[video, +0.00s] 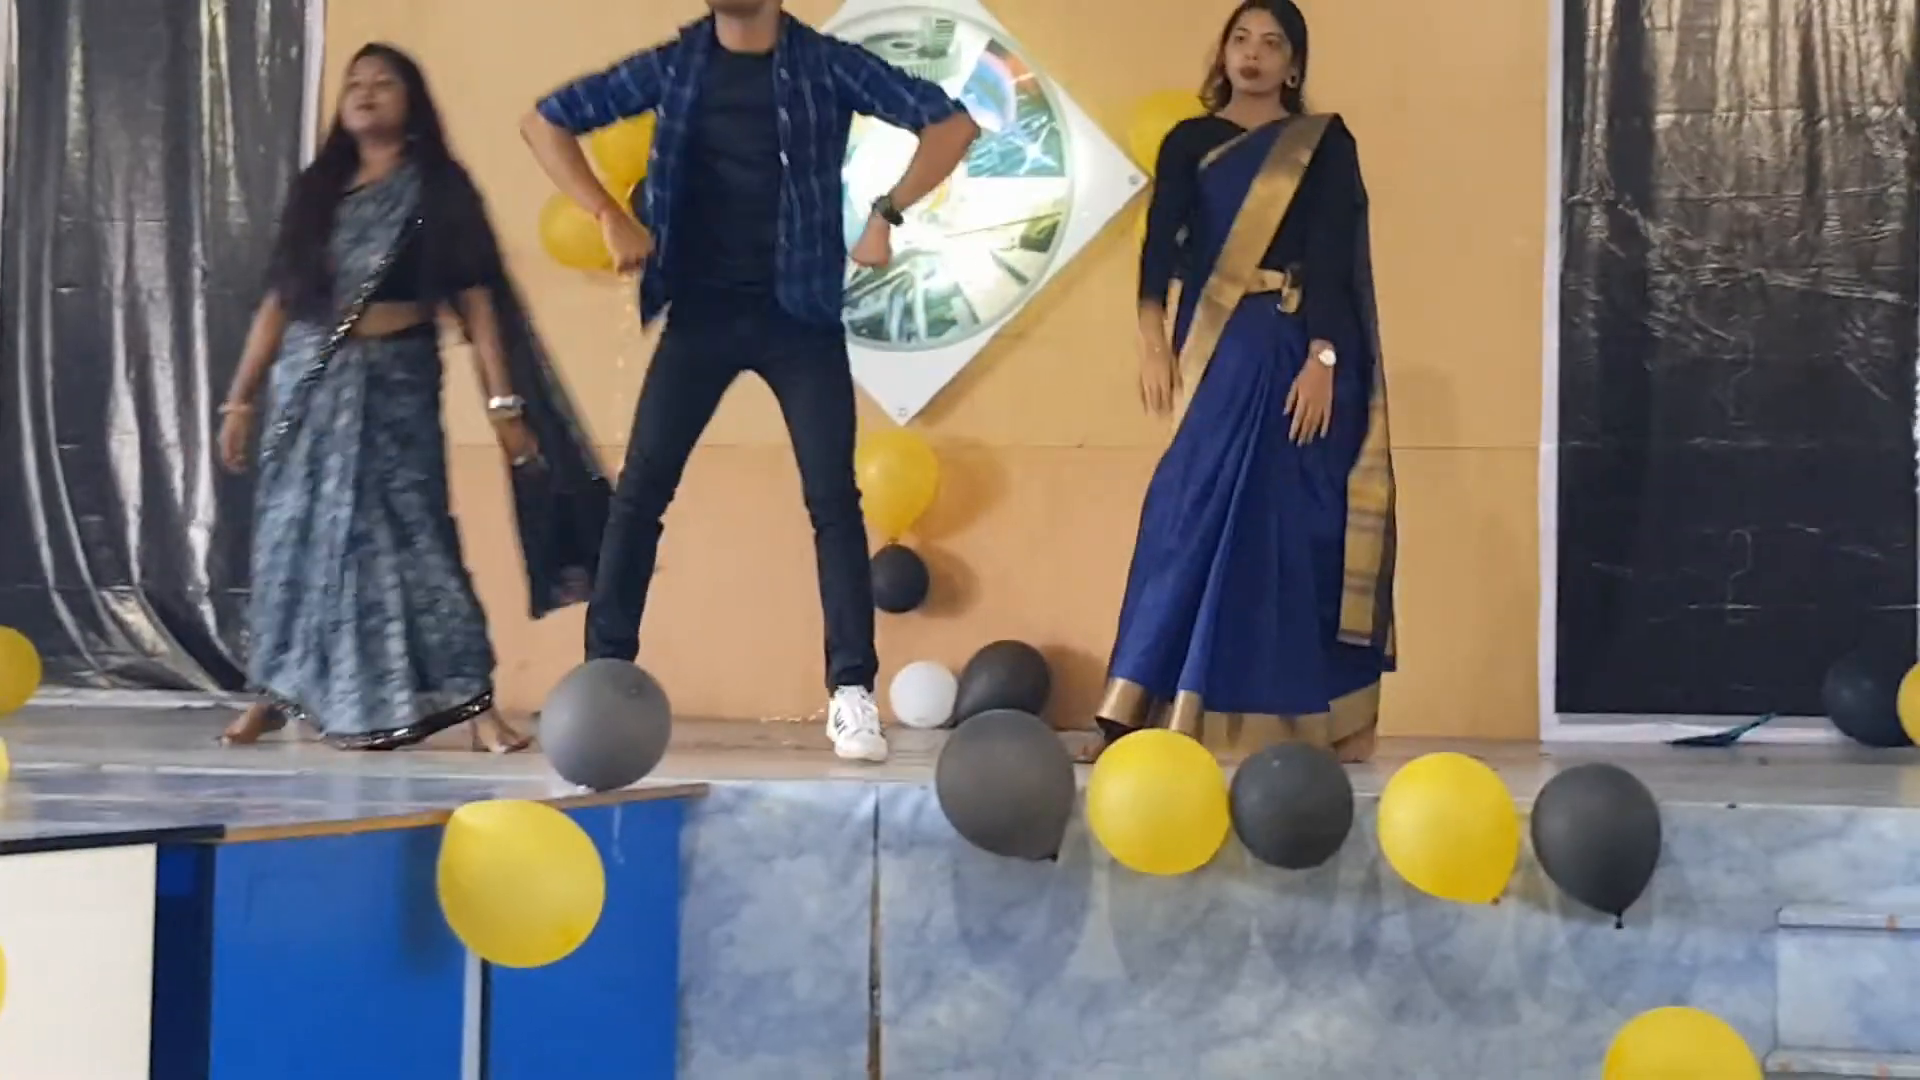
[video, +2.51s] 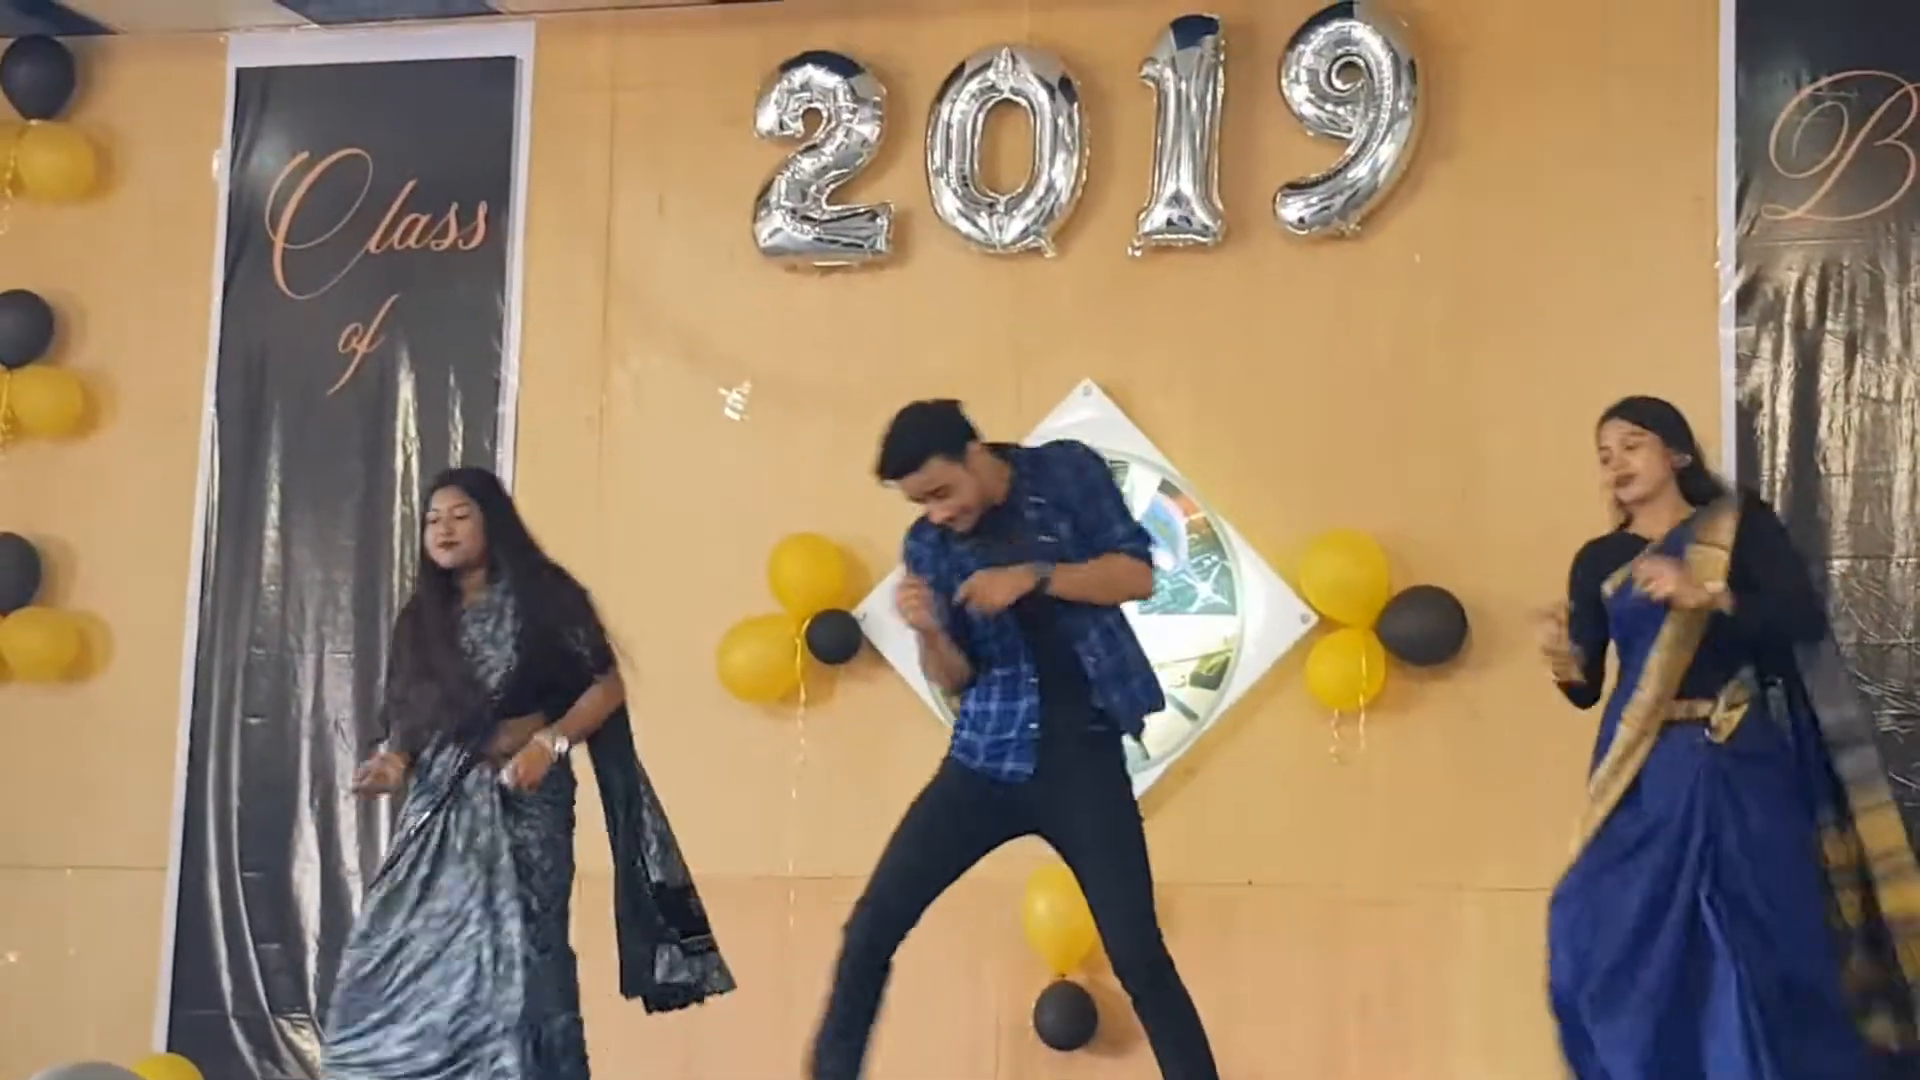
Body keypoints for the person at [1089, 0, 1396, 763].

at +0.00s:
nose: (1253, 51)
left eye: (1271, 42)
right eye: (1242, 38)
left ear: (1294, 61)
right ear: (1221, 51)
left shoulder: (1323, 136)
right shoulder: (1189, 139)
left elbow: (1337, 253)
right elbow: (1160, 240)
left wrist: (1322, 356)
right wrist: (1152, 336)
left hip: (1301, 351)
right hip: (1218, 347)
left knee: (1297, 525)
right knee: (1190, 511)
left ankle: (1310, 712)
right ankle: (1130, 698)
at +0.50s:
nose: (1317, 82)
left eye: (1334, 72)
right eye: (1307, 69)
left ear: (1360, 88)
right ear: (1287, 80)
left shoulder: (1392, 174)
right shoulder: (1251, 168)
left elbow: (1426, 289)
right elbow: (1237, 279)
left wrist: (1457, 394)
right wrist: (1235, 373)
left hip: (1385, 388)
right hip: (1295, 389)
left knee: (1388, 556)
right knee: (1314, 555)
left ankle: (1392, 745)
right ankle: (1318, 746)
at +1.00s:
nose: (1343, 144)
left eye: (1359, 133)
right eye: (1331, 131)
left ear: (1384, 148)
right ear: (1310, 142)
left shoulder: (1413, 232)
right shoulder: (1276, 226)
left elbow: (1440, 352)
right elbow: (1242, 329)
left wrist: (1443, 455)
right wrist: (1256, 388)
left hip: (1391, 445)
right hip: (1308, 445)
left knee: (1390, 625)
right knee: (1301, 622)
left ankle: (1402, 822)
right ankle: (1287, 818)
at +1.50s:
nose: (1427, 315)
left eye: (1444, 302)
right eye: (1415, 299)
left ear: (1470, 318)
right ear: (1397, 308)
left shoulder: (1491, 412)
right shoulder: (1357, 379)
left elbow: (1504, 539)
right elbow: (1308, 476)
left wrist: (1561, 597)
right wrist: (1320, 549)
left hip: (1471, 610)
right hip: (1379, 607)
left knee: (1485, 779)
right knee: (1372, 779)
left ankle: (1452, 961)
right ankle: (1364, 967)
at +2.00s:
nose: (1660, 364)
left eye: (1678, 349)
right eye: (1651, 352)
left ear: (1721, 362)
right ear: (1644, 367)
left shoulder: (1767, 462)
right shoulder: (1618, 446)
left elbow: (1786, 586)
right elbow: (1558, 557)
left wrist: (1866, 566)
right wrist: (1638, 537)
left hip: (1741, 669)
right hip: (1641, 670)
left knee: (1760, 844)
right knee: (1659, 851)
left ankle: (1760, 1047)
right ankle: (1650, 1041)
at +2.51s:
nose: (1616, 465)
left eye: (1632, 447)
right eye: (1606, 454)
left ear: (1675, 453)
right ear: (1601, 468)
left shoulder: (1740, 523)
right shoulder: (1598, 559)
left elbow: (1805, 618)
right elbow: (1584, 690)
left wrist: (1708, 595)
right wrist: (1563, 656)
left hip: (1743, 760)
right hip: (1644, 770)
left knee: (1751, 936)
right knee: (1626, 931)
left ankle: (1758, 1065)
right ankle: (1641, 1065)